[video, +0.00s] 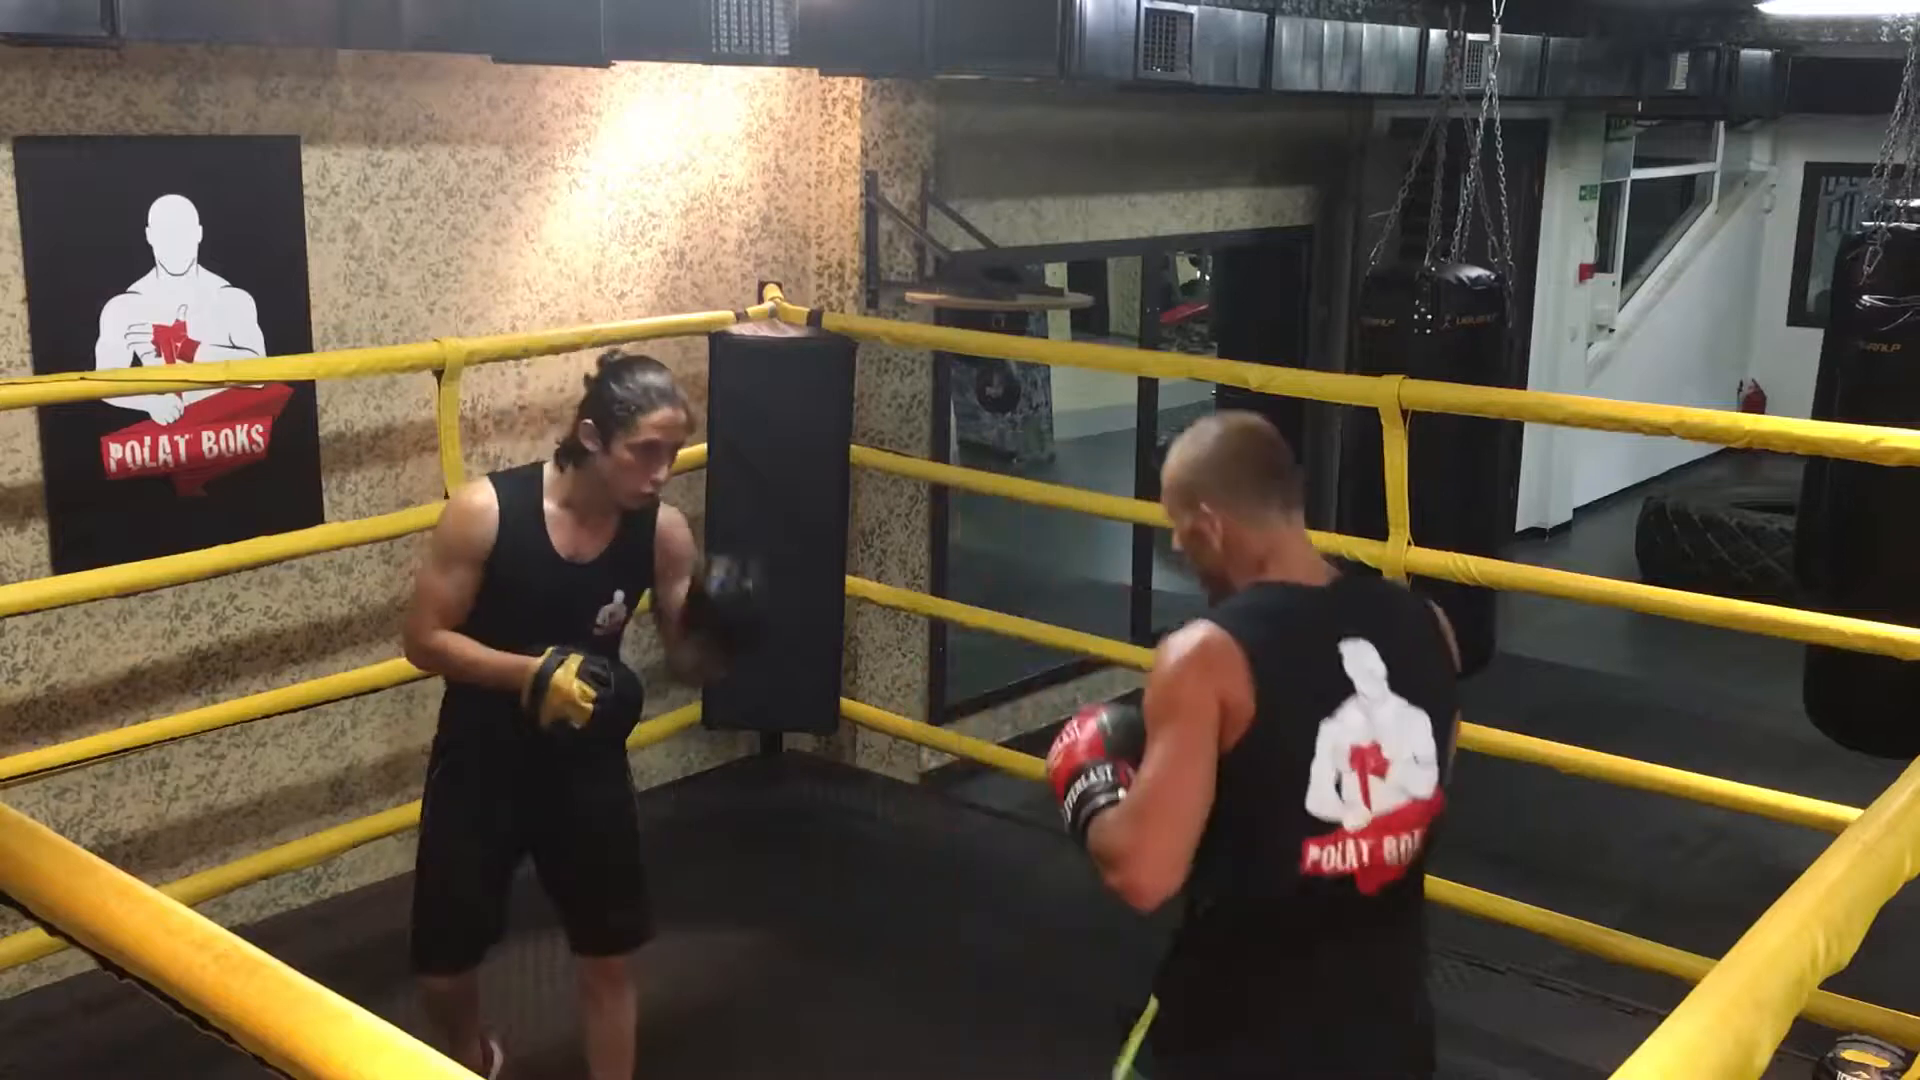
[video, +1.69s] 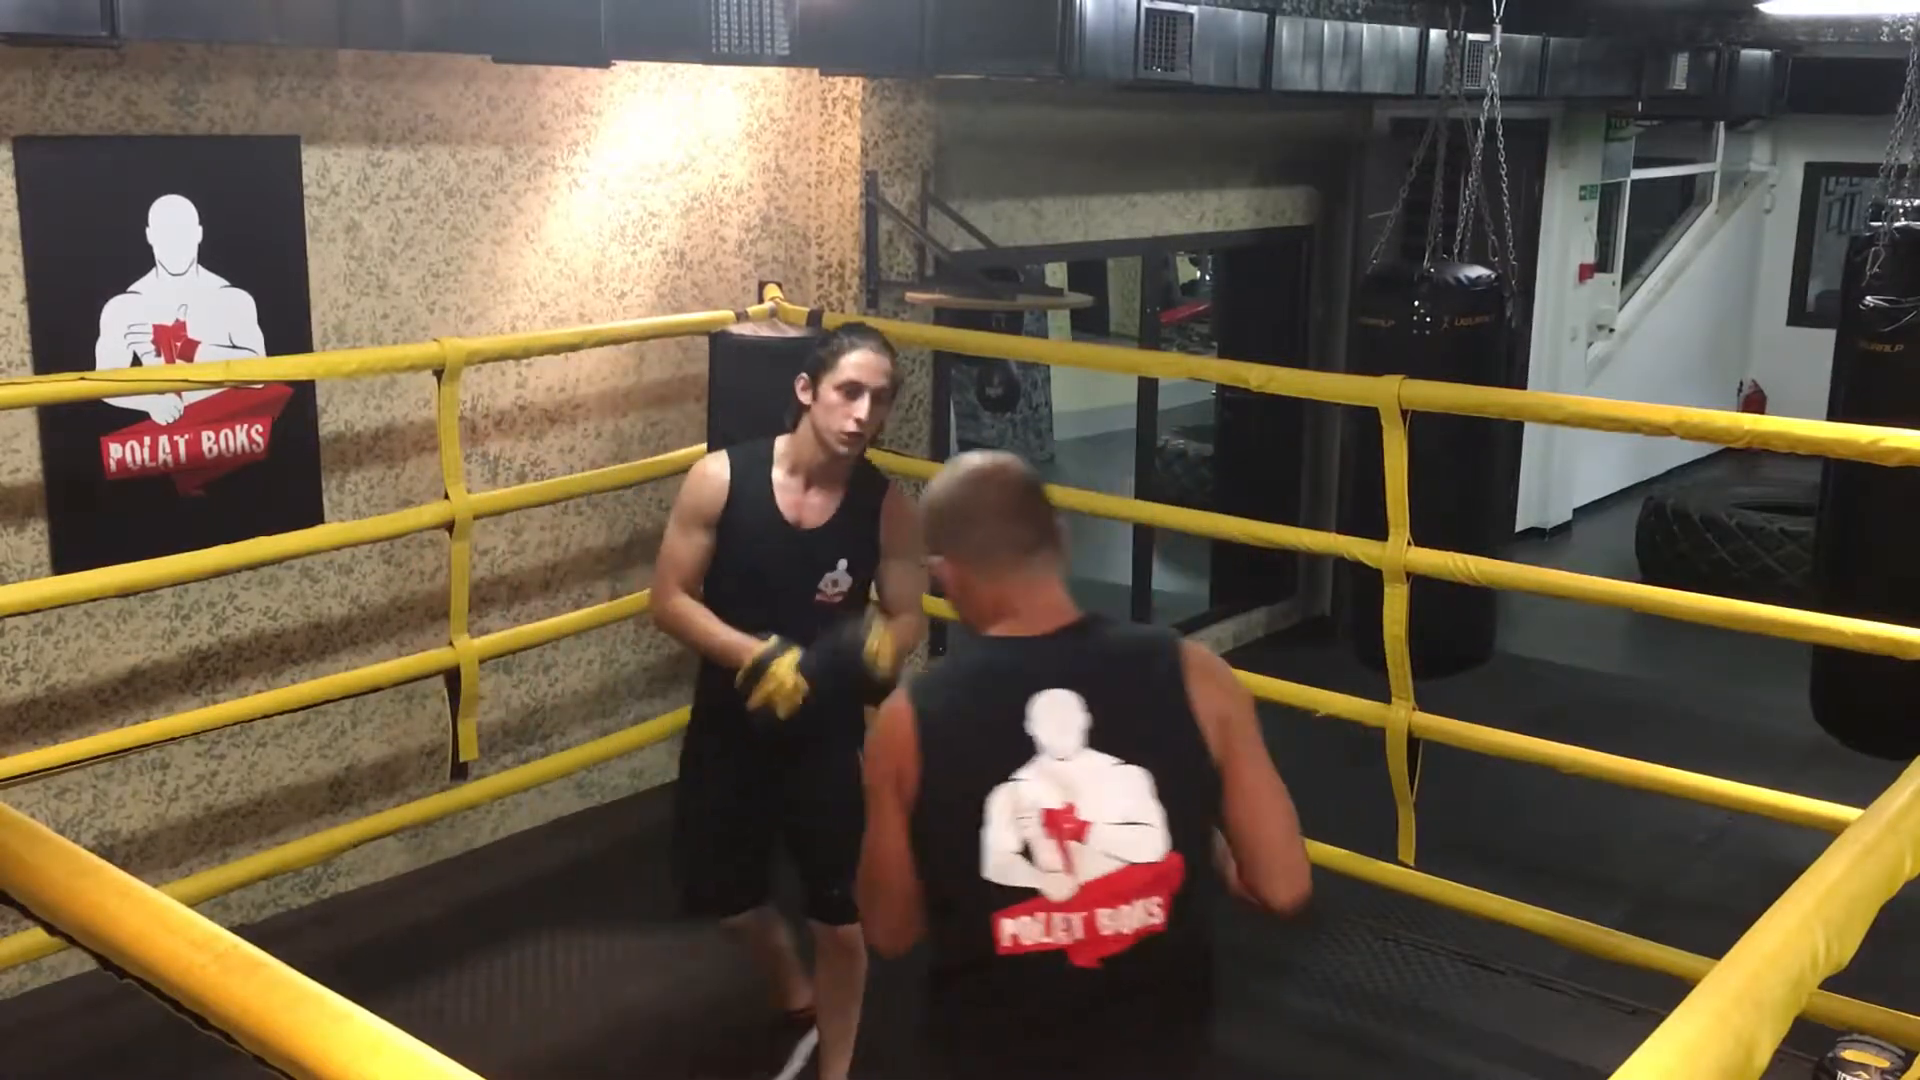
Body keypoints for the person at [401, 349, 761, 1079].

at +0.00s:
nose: (660, 474)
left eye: (671, 454)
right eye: (646, 453)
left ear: (679, 449)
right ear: (591, 437)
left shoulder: (662, 532)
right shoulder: (486, 511)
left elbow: (689, 665)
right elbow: (422, 637)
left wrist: (721, 622)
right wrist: (532, 674)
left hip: (588, 765)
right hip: (480, 763)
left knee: (608, 963)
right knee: (443, 966)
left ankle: (613, 1071)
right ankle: (474, 1059)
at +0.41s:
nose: (609, 476)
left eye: (616, 454)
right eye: (590, 459)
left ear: (622, 441)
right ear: (525, 450)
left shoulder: (623, 508)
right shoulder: (449, 561)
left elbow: (730, 601)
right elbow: (431, 715)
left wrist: (741, 516)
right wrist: (563, 706)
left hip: (610, 794)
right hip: (499, 814)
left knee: (698, 982)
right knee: (478, 1035)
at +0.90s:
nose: (655, 450)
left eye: (663, 428)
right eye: (633, 430)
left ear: (670, 423)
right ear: (573, 427)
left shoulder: (688, 513)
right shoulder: (507, 548)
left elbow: (754, 597)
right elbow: (479, 702)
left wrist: (793, 619)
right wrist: (606, 697)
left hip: (663, 807)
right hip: (547, 816)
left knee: (705, 1016)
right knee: (502, 1025)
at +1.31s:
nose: (768, 450)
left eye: (775, 431)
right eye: (750, 430)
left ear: (780, 435)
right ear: (693, 429)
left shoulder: (760, 533)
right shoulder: (611, 539)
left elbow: (755, 634)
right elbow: (565, 686)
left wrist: (790, 684)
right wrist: (693, 730)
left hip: (726, 784)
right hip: (617, 793)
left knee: (802, 953)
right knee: (543, 1003)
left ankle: (828, 1071)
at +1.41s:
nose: (829, 444)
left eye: (837, 427)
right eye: (811, 425)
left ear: (841, 432)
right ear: (755, 422)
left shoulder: (818, 532)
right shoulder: (663, 519)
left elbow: (807, 631)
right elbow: (603, 652)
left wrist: (824, 678)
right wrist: (712, 716)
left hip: (767, 770)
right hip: (656, 770)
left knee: (815, 944)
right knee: (578, 962)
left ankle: (831, 1072)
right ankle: (539, 1073)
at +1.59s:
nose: (871, 427)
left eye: (882, 411)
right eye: (857, 406)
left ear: (887, 419)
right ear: (808, 399)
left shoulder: (872, 517)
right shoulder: (710, 485)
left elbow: (881, 636)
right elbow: (658, 609)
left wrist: (850, 682)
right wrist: (756, 679)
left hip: (811, 745)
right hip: (707, 739)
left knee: (831, 927)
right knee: (671, 918)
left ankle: (834, 1069)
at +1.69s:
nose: (863, 412)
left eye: (878, 398)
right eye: (849, 392)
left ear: (887, 408)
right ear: (807, 392)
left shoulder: (887, 506)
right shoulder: (719, 478)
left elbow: (906, 617)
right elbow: (669, 599)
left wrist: (871, 654)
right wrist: (756, 655)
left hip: (830, 730)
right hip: (730, 726)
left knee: (840, 922)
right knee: (735, 898)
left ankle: (836, 1071)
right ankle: (805, 1012)